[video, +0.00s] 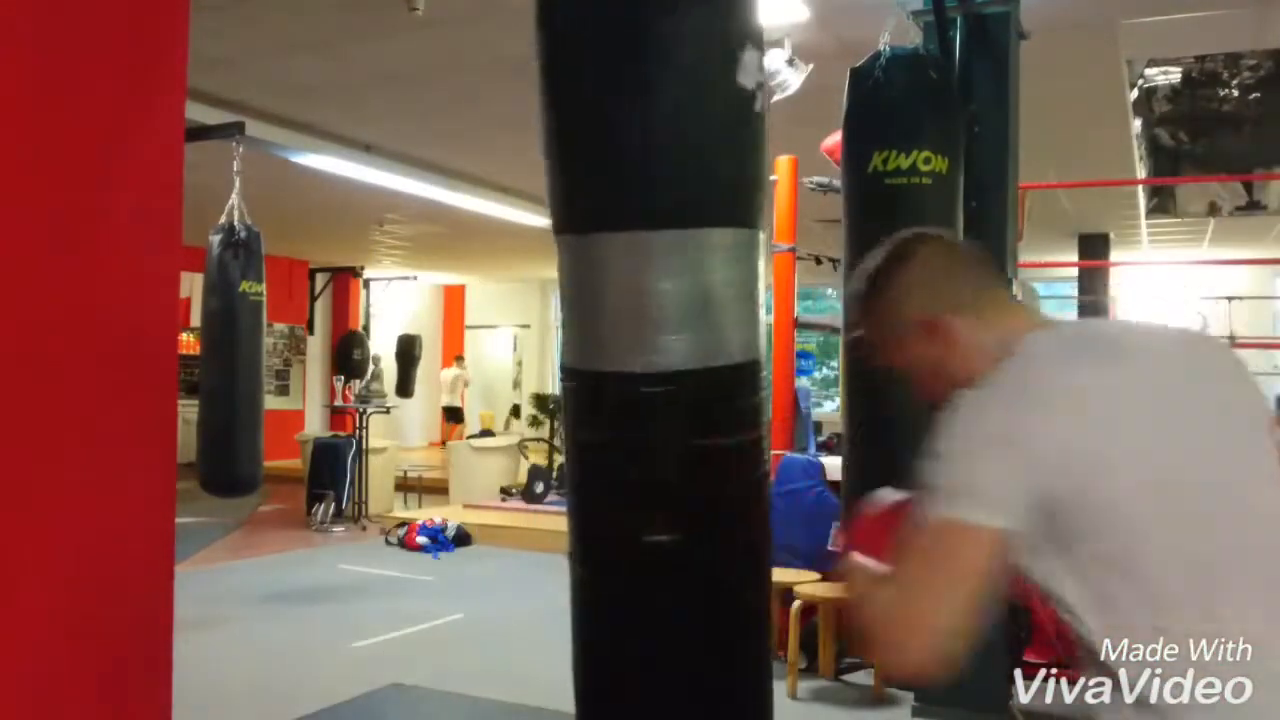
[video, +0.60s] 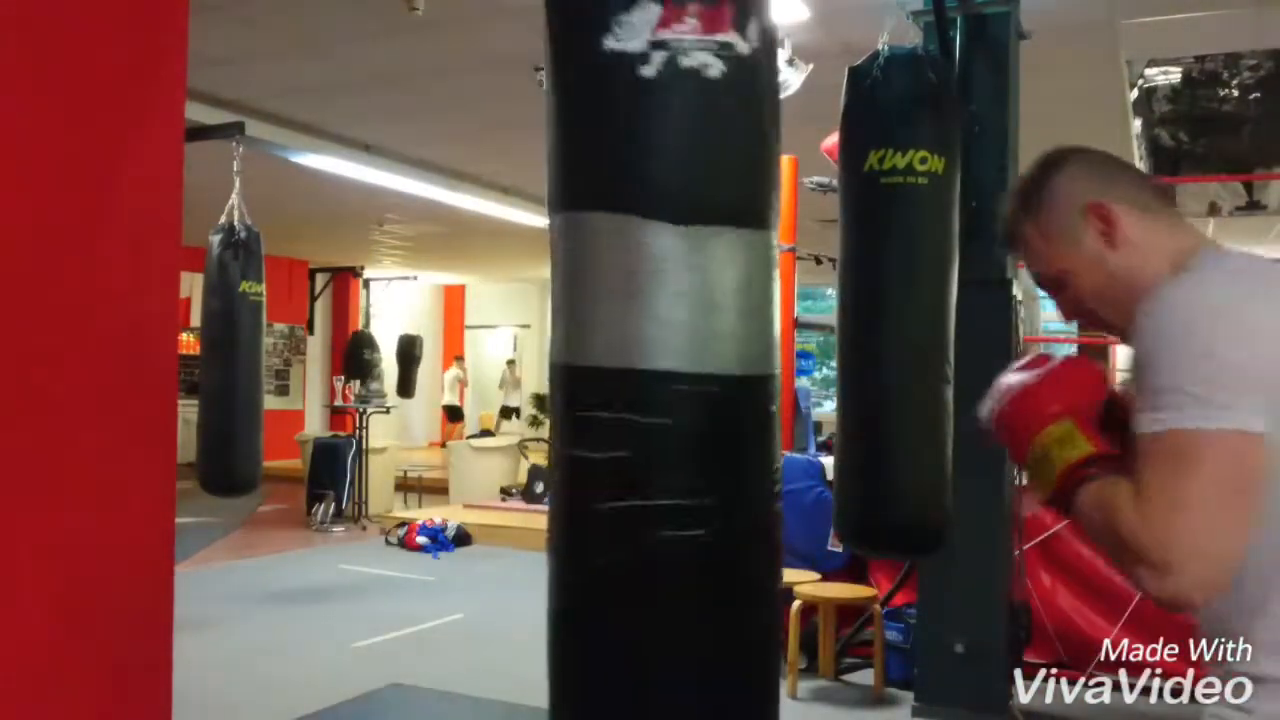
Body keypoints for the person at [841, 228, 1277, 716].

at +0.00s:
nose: (921, 396)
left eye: (907, 372)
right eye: (903, 377)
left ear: (938, 333)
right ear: (1002, 294)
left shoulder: (1001, 414)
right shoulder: (1206, 355)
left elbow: (916, 650)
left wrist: (861, 579)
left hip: (1157, 702)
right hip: (1271, 700)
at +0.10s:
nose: (977, 383)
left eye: (972, 355)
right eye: (966, 360)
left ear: (1017, 321)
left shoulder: (1108, 413)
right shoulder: (1248, 369)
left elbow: (1090, 663)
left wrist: (984, 596)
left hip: (1175, 706)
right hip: (1264, 700)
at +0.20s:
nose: (1059, 373)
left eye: (1056, 348)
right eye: (1049, 354)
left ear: (1104, 297)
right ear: (1106, 295)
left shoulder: (1223, 389)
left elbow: (1244, 652)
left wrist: (1096, 563)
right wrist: (1131, 497)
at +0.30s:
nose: (1133, 371)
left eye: (1125, 343)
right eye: (1119, 354)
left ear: (1167, 276)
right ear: (1168, 275)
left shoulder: (1261, 376)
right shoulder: (1252, 367)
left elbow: (1262, 606)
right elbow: (1242, 528)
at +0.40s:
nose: (1152, 354)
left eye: (1139, 326)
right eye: (1134, 338)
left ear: (1172, 255)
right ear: (1173, 255)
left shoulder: (1266, 332)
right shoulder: (1260, 329)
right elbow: (1213, 548)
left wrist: (1081, 417)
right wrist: (1094, 419)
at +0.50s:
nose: (1121, 328)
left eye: (1106, 301)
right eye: (1099, 311)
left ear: (1147, 235)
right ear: (1150, 234)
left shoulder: (1249, 312)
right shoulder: (1255, 301)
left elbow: (1182, 549)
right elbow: (1190, 537)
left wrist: (1063, 412)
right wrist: (1107, 413)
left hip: (1270, 693)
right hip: (1265, 688)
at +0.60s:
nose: (1068, 316)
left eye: (1059, 284)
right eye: (1051, 293)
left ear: (1106, 227)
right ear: (1107, 226)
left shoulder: (1202, 310)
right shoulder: (1247, 290)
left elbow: (1182, 564)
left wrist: (1056, 448)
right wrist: (1124, 433)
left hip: (1258, 691)